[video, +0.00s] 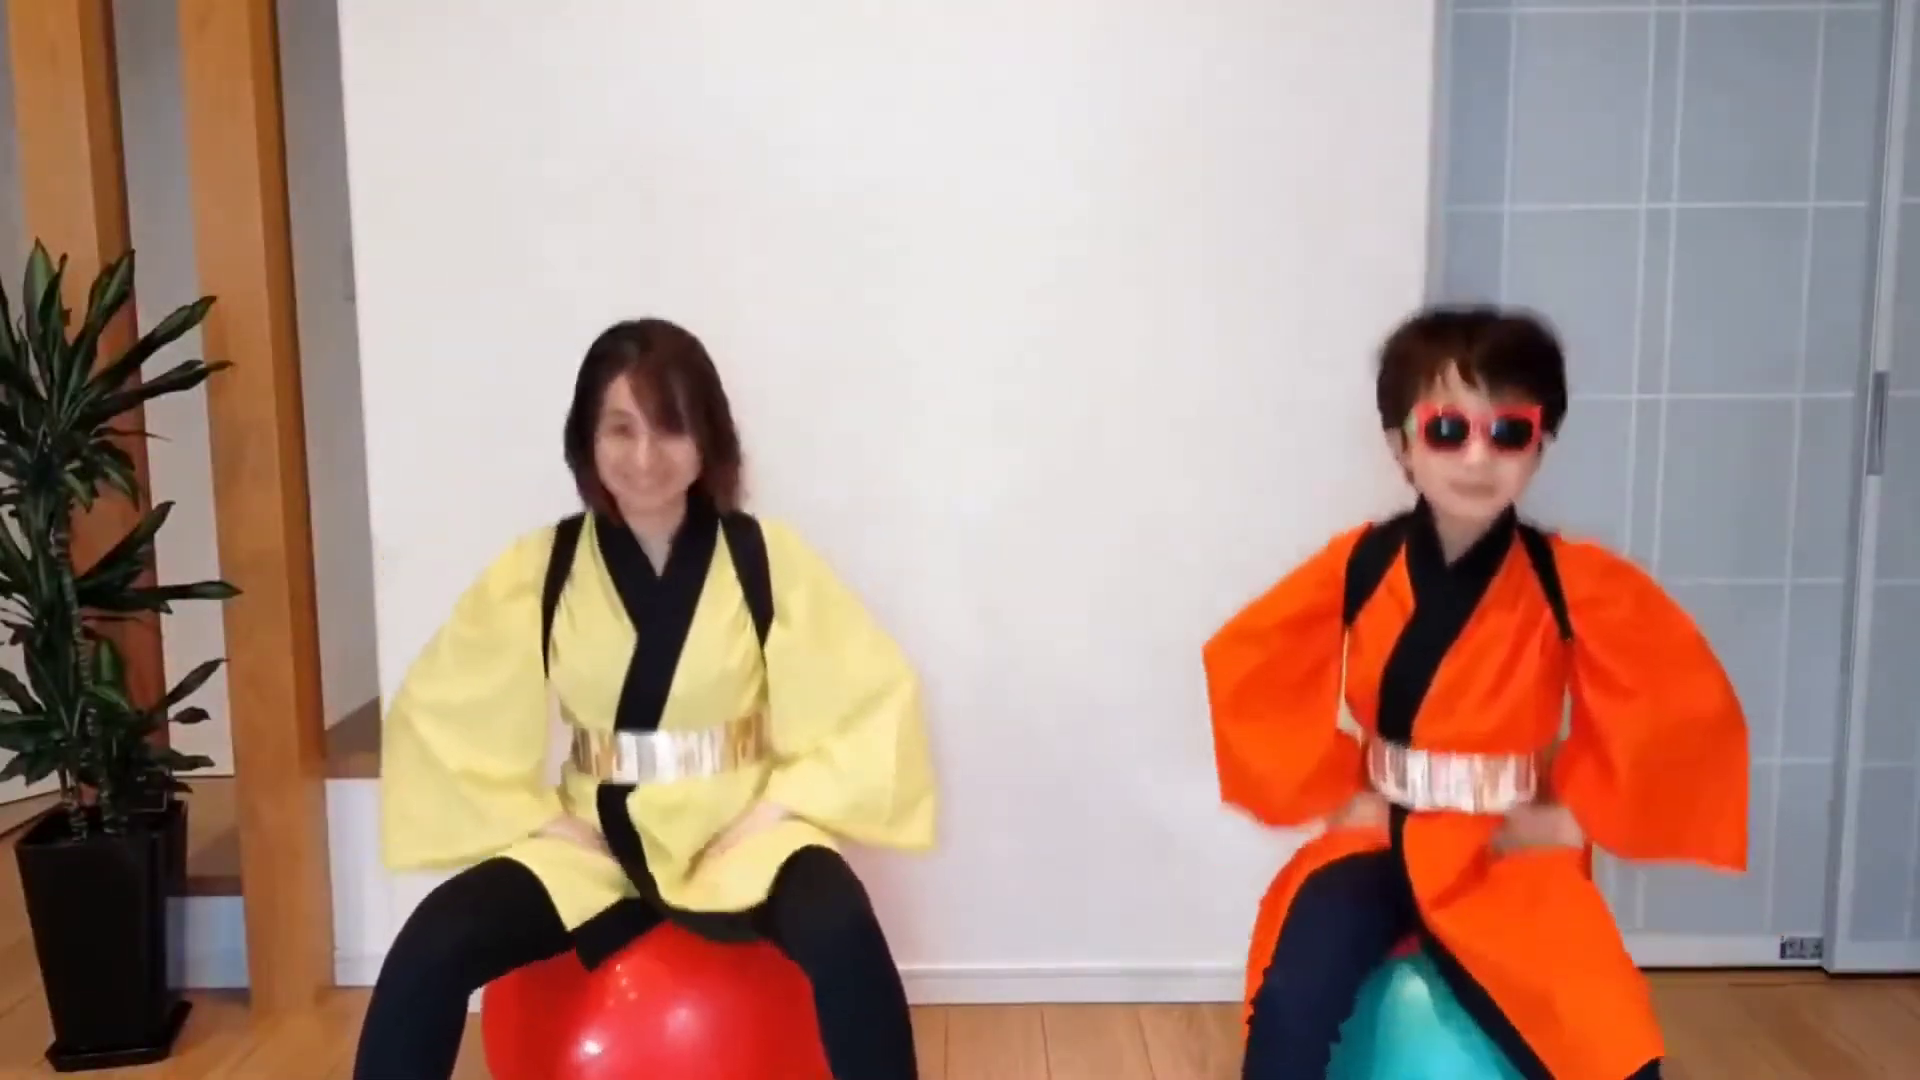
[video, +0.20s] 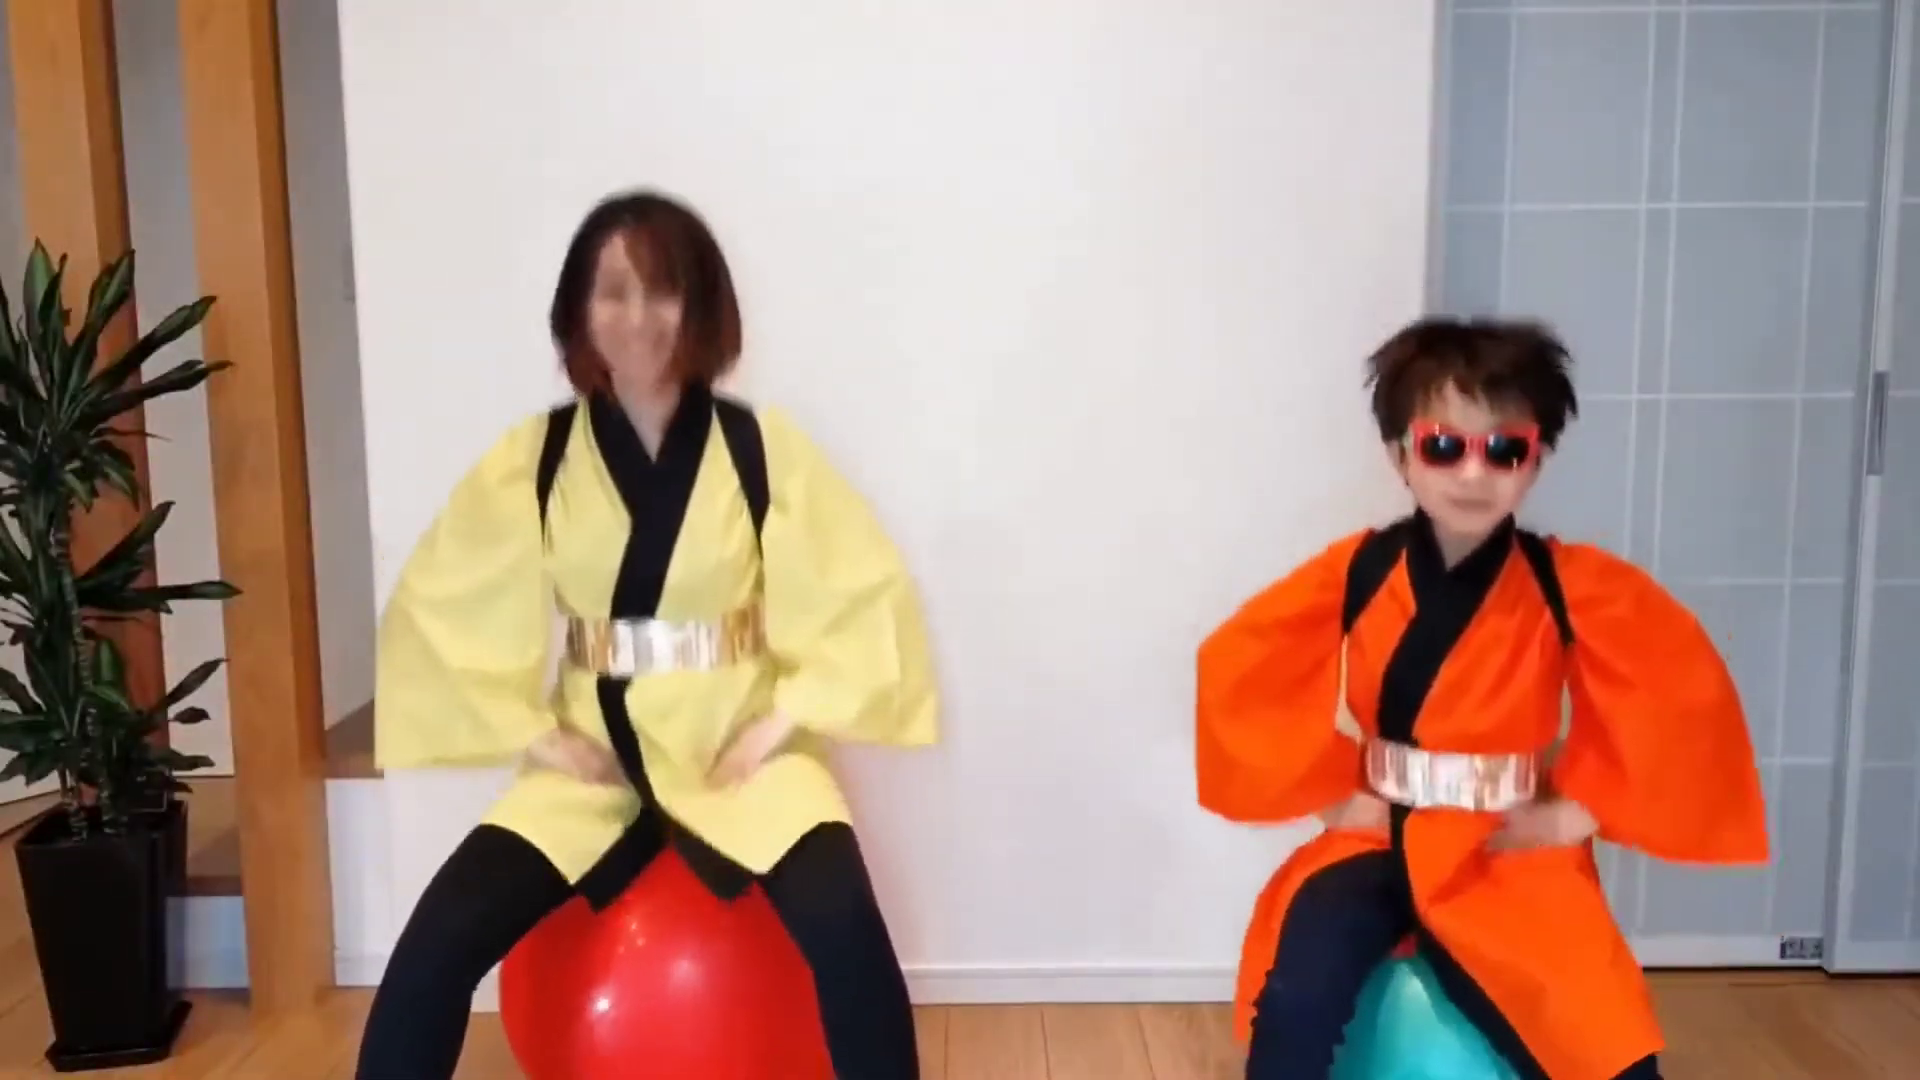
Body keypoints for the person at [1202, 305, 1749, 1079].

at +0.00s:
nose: (1477, 455)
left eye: (1510, 430)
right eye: (1446, 428)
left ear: (1541, 447)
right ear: (1402, 448)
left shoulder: (1572, 579)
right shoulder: (1361, 564)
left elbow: (1691, 709)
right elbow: (1241, 664)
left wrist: (1574, 816)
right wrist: (1337, 793)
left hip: (1514, 855)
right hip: (1375, 841)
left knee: (1615, 1041)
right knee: (1293, 997)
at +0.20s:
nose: (1473, 472)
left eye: (1505, 448)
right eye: (1443, 445)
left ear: (1538, 461)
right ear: (1401, 456)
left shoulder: (1570, 583)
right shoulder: (1360, 569)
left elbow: (1688, 702)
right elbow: (1233, 667)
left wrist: (1579, 814)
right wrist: (1330, 794)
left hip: (1513, 853)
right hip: (1374, 842)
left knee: (1611, 1039)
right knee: (1300, 983)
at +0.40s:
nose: (1465, 562)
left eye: (1496, 540)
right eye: (1435, 538)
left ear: (1528, 563)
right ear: (1393, 558)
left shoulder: (1563, 684)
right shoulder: (1355, 666)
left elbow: (1685, 804)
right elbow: (1234, 758)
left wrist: (1570, 896)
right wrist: (1332, 865)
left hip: (1506, 930)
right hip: (1376, 915)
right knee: (1332, 973)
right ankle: (1286, 1065)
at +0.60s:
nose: (1463, 413)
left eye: (1496, 390)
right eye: (1434, 387)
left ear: (1529, 410)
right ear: (1390, 411)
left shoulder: (1563, 533)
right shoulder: (1352, 523)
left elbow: (1683, 654)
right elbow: (1232, 630)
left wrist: (1576, 772)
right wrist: (1338, 748)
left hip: (1513, 818)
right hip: (1378, 809)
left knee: (1600, 1018)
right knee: (1309, 937)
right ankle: (1281, 1066)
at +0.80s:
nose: (1457, 512)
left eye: (1487, 488)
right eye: (1426, 488)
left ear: (1516, 504)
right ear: (1381, 509)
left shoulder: (1556, 626)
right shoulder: (1346, 614)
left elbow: (1676, 744)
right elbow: (1227, 712)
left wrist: (1564, 846)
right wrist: (1333, 816)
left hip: (1505, 885)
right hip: (1370, 874)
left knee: (1602, 1042)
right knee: (1303, 986)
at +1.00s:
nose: (1459, 517)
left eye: (1489, 490)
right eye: (1427, 494)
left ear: (1520, 507)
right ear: (1386, 515)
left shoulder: (1559, 635)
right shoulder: (1352, 617)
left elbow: (1678, 758)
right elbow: (1231, 714)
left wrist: (1568, 860)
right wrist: (1326, 830)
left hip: (1504, 900)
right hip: (1365, 888)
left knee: (1618, 1059)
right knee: (1272, 1011)